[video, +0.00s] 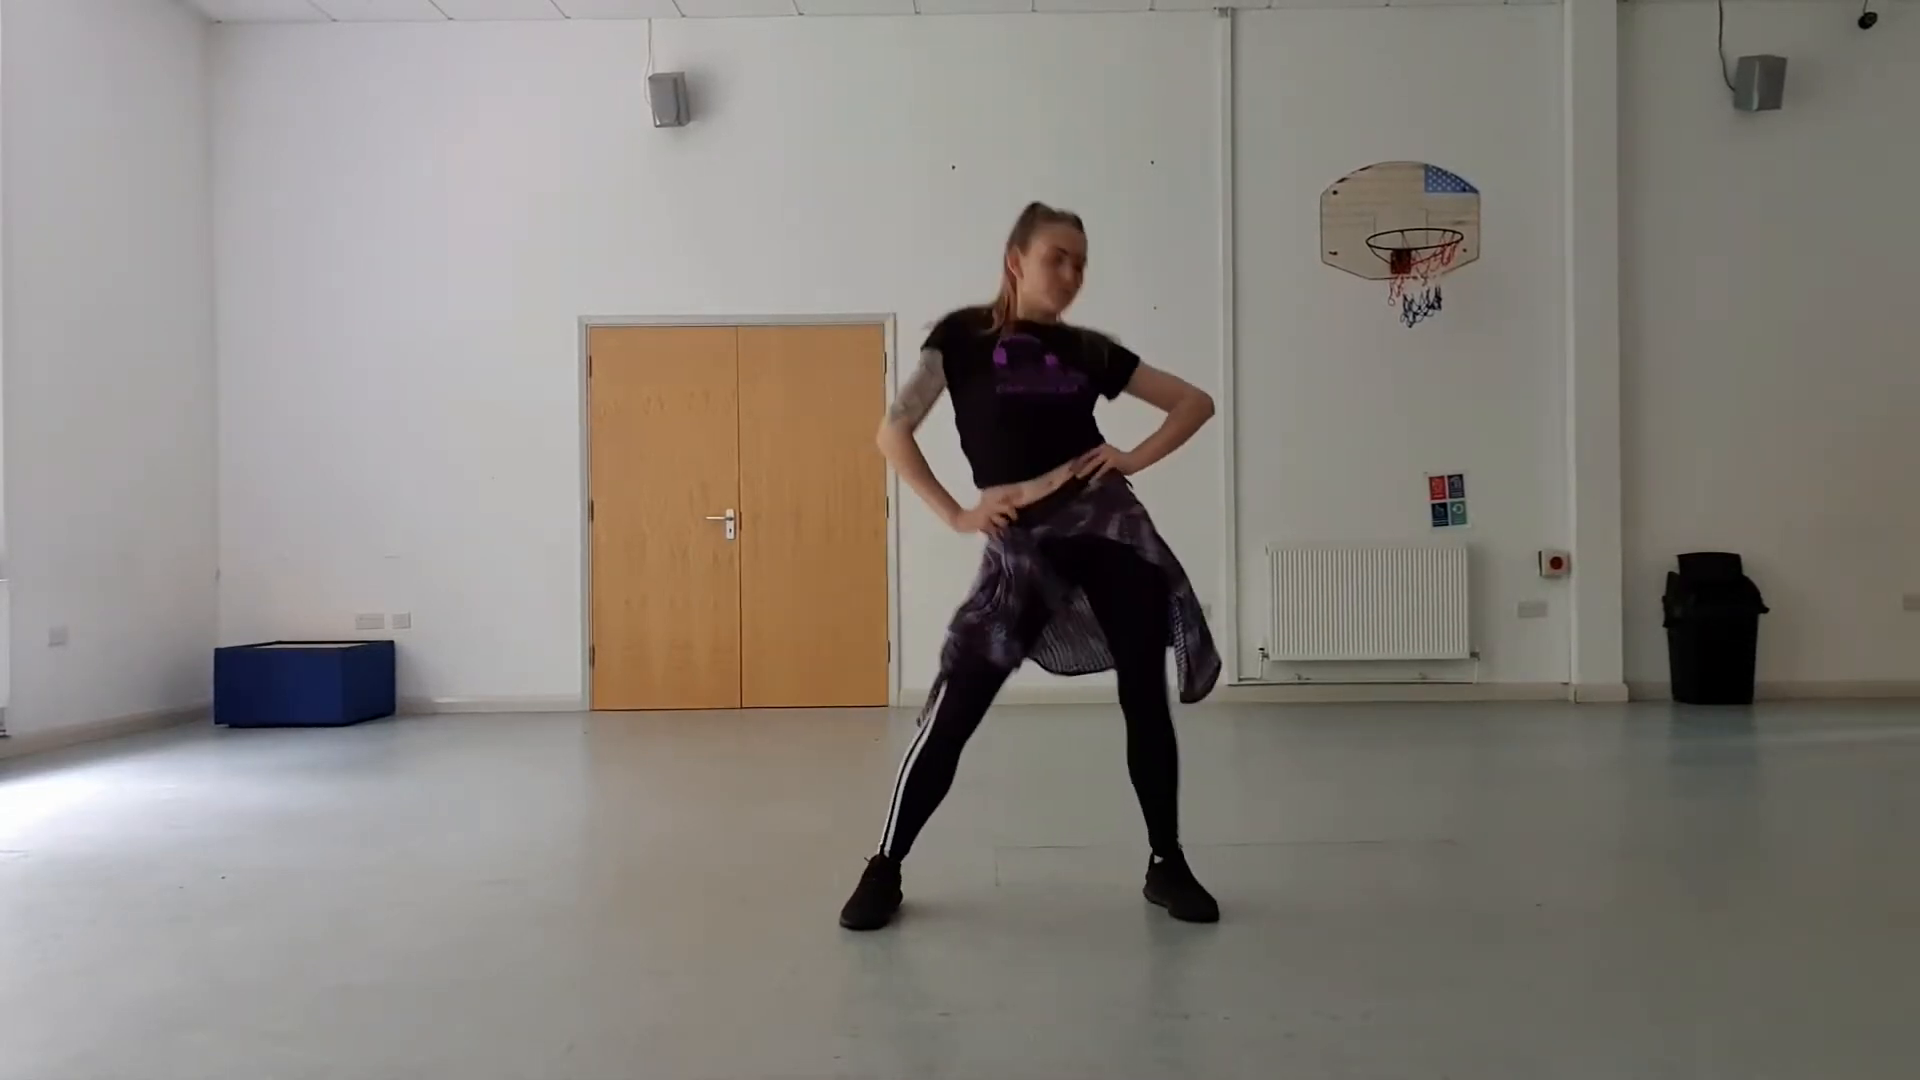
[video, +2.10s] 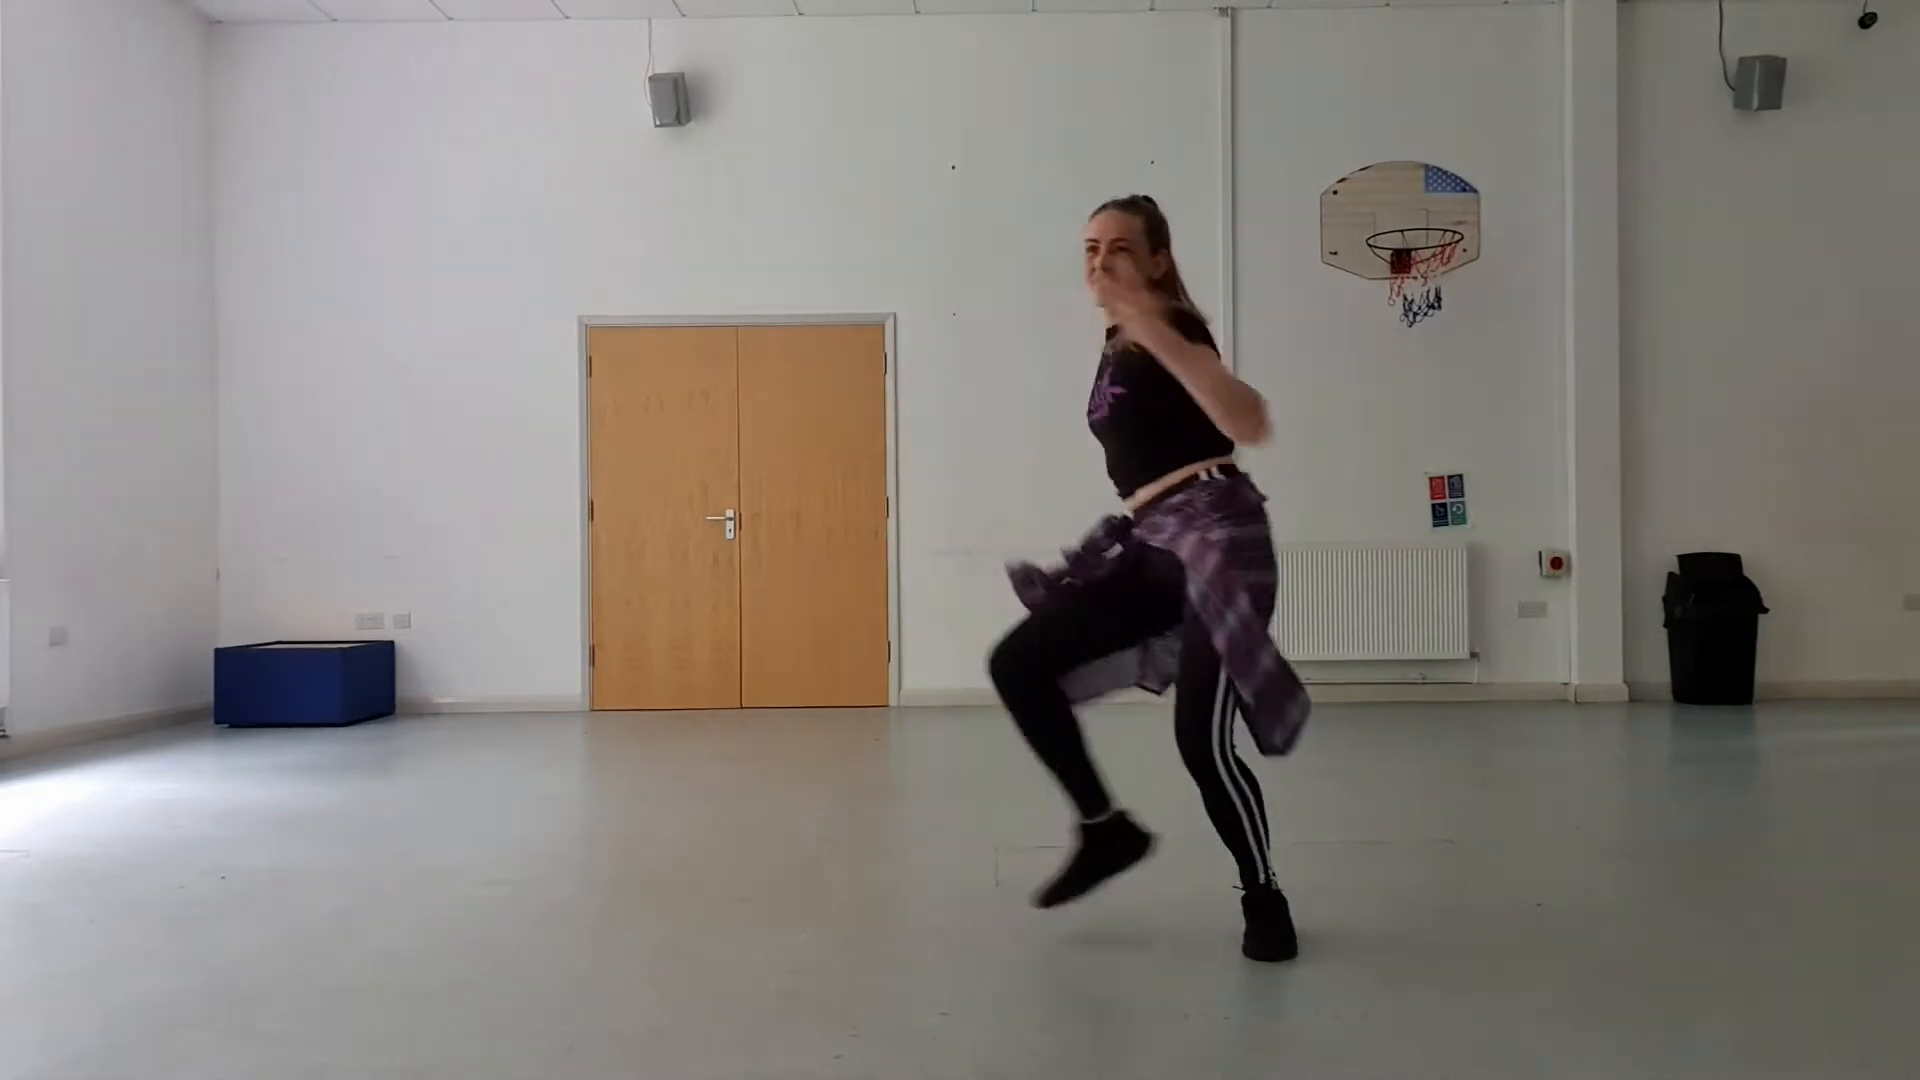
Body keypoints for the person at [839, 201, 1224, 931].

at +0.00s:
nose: (1071, 275)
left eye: (1079, 265)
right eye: (1059, 259)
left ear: (1082, 275)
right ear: (1015, 260)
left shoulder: (1084, 350)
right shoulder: (961, 338)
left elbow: (1194, 404)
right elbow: (894, 431)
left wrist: (1135, 459)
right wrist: (955, 516)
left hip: (1108, 534)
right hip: (1022, 545)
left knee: (1145, 696)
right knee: (955, 708)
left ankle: (1167, 862)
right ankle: (883, 867)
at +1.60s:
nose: (984, 204)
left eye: (1003, 195)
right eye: (980, 195)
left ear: (1042, 214)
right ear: (974, 213)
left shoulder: (1066, 279)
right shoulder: (961, 294)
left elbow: (1179, 306)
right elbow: (960, 392)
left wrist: (1091, 365)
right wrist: (951, 458)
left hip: (1062, 490)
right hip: (984, 501)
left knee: (1131, 672)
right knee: (974, 685)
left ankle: (1231, 836)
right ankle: (965, 853)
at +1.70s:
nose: (1013, 219)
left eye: (1028, 207)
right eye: (1007, 208)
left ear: (1064, 217)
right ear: (1000, 219)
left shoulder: (1078, 261)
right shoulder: (1005, 295)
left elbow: (1081, 230)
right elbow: (984, 283)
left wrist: (1019, 328)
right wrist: (987, 288)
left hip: (1061, 496)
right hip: (989, 502)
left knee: (1147, 683)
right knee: (988, 691)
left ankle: (1247, 860)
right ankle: (975, 854)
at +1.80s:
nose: (1043, 241)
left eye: (1064, 231)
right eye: (1036, 230)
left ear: (1097, 242)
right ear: (1027, 237)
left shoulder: (1099, 285)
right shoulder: (1052, 307)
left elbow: (1025, 273)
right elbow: (1030, 318)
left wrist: (935, 273)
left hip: (1077, 501)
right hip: (1012, 502)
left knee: (1131, 705)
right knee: (997, 698)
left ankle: (1242, 883)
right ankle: (980, 857)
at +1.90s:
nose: (1070, 254)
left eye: (1088, 241)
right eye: (1061, 244)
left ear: (1127, 246)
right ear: (1056, 251)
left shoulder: (1130, 296)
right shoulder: (1090, 313)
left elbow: (1043, 289)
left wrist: (944, 268)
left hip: (1121, 519)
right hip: (1063, 517)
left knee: (1146, 728)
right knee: (998, 695)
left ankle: (1251, 891)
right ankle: (986, 854)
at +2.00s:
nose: (1087, 259)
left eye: (1105, 245)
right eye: (1077, 247)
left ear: (1146, 254)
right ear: (1073, 259)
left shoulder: (1155, 313)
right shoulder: (1114, 341)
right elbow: (1128, 476)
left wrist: (1030, 296)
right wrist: (1029, 530)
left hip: (1179, 532)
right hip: (1122, 533)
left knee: (1186, 734)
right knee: (986, 664)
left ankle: (1260, 893)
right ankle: (1015, 837)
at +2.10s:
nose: (1102, 263)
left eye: (1120, 250)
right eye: (1093, 250)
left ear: (1157, 263)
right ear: (1083, 265)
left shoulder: (1178, 332)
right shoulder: (1117, 344)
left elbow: (1250, 423)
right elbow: (1151, 457)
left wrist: (1154, 331)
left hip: (1216, 540)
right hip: (1152, 545)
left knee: (1204, 734)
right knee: (1016, 662)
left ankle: (1261, 896)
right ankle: (1103, 826)